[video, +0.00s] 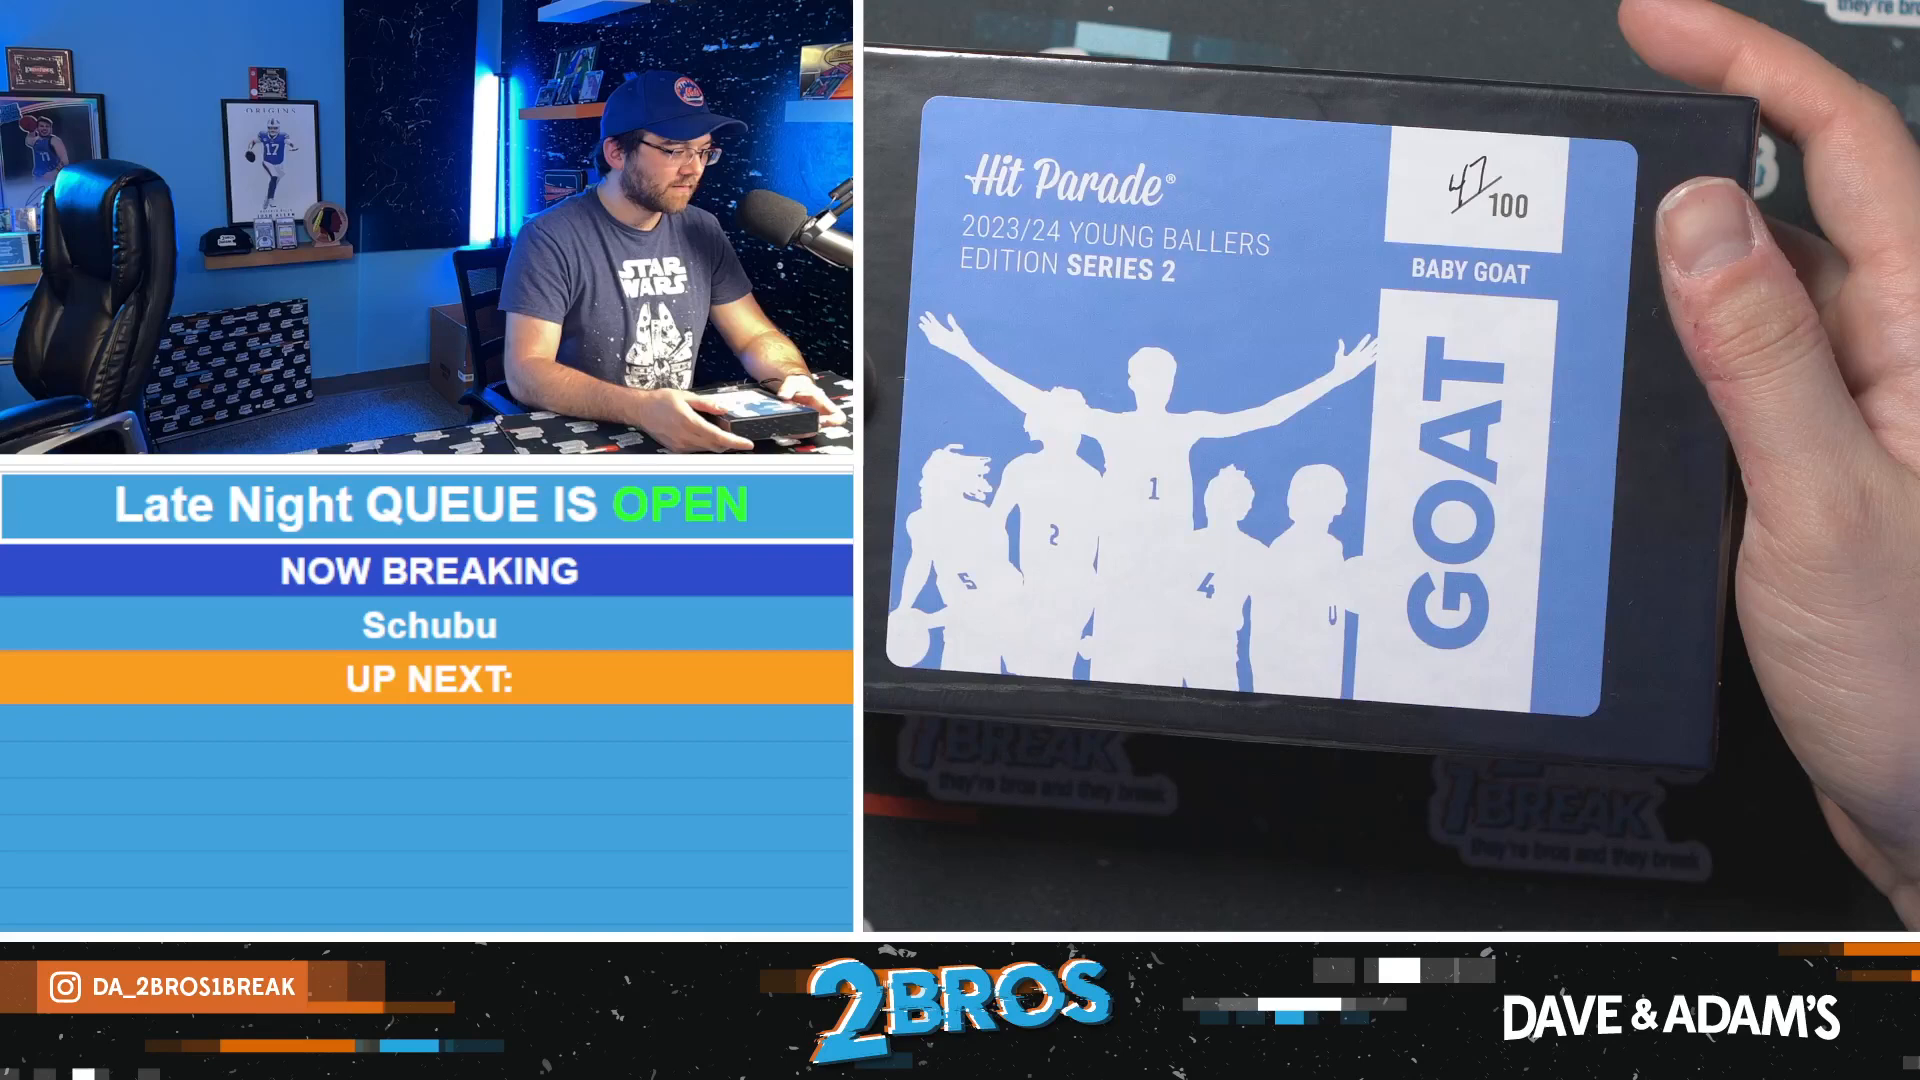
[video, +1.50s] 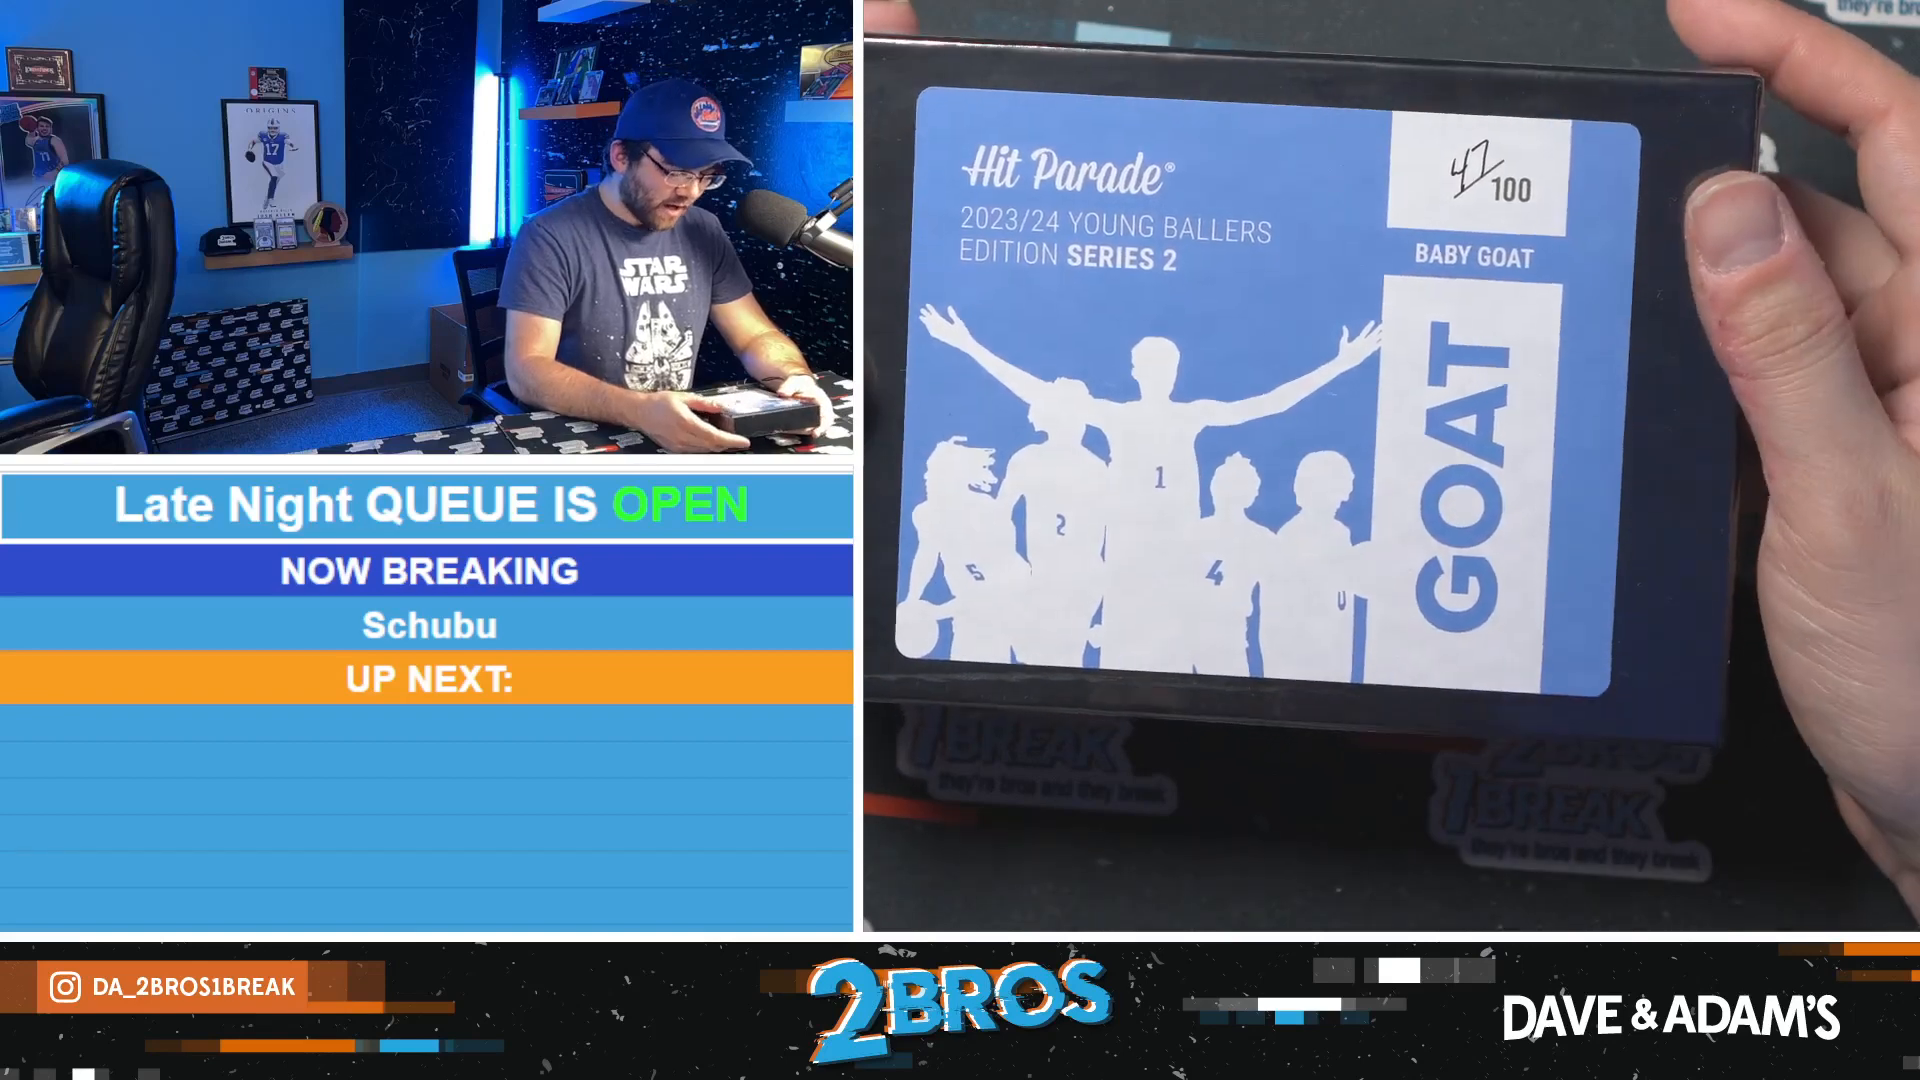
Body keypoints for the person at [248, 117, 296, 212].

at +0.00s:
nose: (273, 130)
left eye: (275, 128)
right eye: (271, 128)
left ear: (278, 128)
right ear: (268, 128)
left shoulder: (283, 136)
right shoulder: (263, 136)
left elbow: (290, 143)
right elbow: (253, 141)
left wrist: (292, 147)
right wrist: (250, 149)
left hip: (279, 164)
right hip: (267, 162)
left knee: (276, 182)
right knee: (274, 176)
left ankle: (267, 200)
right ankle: (270, 199)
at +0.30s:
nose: (273, 130)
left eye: (275, 128)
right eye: (271, 128)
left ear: (278, 128)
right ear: (268, 128)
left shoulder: (283, 136)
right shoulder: (263, 136)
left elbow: (290, 143)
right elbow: (253, 141)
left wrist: (292, 147)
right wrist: (250, 149)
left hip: (279, 164)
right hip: (267, 162)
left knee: (276, 182)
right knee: (274, 176)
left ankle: (267, 200)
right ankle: (270, 199)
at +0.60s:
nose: (273, 130)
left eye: (275, 128)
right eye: (271, 128)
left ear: (278, 128)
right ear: (268, 128)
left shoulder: (283, 136)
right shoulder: (263, 136)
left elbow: (290, 142)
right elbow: (253, 141)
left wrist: (292, 147)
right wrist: (250, 149)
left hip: (279, 164)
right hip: (267, 162)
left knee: (275, 182)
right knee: (274, 176)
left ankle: (267, 199)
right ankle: (270, 199)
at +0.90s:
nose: (273, 130)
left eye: (275, 128)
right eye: (271, 128)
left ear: (278, 128)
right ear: (268, 128)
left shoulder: (283, 136)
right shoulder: (263, 136)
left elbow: (290, 142)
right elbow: (253, 141)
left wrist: (292, 147)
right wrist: (250, 149)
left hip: (279, 164)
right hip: (267, 162)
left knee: (275, 182)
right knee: (274, 176)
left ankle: (267, 199)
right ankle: (270, 199)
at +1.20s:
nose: (273, 130)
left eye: (275, 128)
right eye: (271, 128)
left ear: (278, 128)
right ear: (268, 128)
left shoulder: (283, 136)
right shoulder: (263, 136)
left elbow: (290, 143)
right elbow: (253, 141)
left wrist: (292, 147)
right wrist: (250, 149)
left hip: (279, 164)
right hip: (267, 162)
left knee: (276, 182)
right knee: (274, 176)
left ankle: (267, 200)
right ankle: (270, 199)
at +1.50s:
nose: (273, 130)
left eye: (275, 128)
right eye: (271, 128)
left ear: (278, 128)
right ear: (268, 128)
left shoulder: (283, 136)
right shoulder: (263, 136)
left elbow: (290, 143)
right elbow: (253, 141)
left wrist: (292, 147)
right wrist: (250, 149)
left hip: (279, 164)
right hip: (267, 162)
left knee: (276, 182)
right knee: (274, 176)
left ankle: (267, 200)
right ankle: (270, 199)